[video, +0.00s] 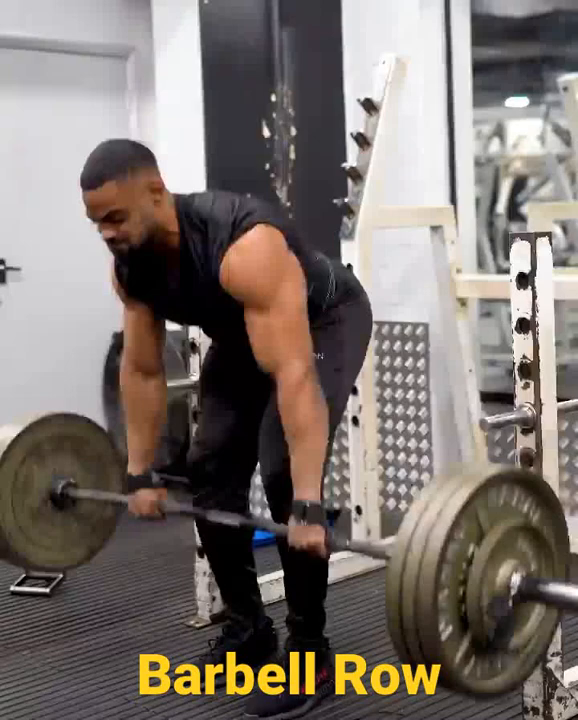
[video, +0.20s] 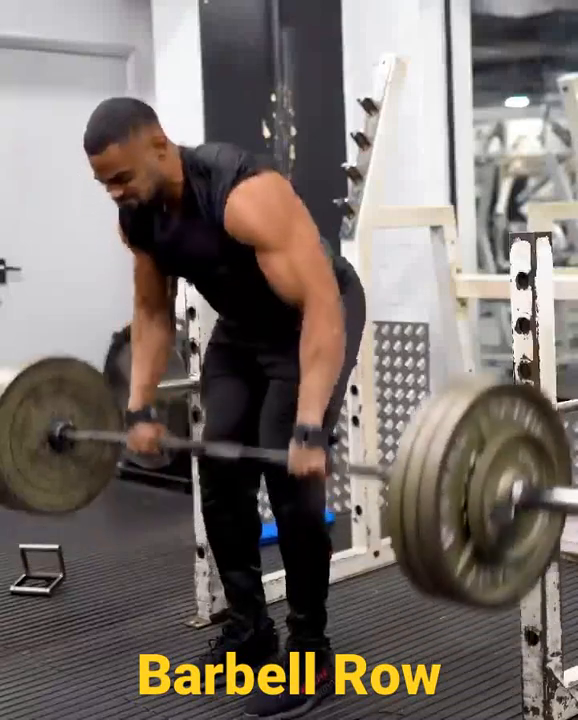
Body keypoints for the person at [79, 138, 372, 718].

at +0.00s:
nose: (107, 236)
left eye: (114, 219)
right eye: (97, 224)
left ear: (156, 192)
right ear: (91, 215)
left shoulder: (247, 247)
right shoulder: (134, 266)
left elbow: (295, 372)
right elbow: (142, 370)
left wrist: (308, 501)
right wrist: (141, 473)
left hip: (324, 317)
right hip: (242, 330)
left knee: (285, 476)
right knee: (211, 474)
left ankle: (306, 649)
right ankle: (246, 629)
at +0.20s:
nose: (115, 194)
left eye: (121, 177)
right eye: (106, 183)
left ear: (162, 144)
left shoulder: (248, 192)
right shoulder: (139, 217)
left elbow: (324, 301)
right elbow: (152, 312)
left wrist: (310, 426)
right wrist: (141, 407)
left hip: (312, 320)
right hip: (241, 329)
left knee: (291, 468)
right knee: (219, 466)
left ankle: (308, 648)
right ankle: (247, 627)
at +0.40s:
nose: (125, 163)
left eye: (131, 147)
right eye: (115, 154)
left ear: (167, 108)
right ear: (105, 138)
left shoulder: (255, 143)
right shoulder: (148, 166)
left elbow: (355, 219)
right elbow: (164, 235)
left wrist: (320, 327)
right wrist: (147, 315)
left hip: (299, 319)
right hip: (227, 320)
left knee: (292, 479)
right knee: (227, 480)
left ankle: (309, 648)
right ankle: (249, 629)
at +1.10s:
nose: (134, 190)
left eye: (140, 173)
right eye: (125, 180)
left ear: (177, 137)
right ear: (118, 168)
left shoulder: (264, 181)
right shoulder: (153, 203)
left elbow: (340, 284)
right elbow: (161, 290)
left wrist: (325, 406)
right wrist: (150, 383)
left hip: (309, 338)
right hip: (238, 343)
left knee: (305, 487)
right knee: (226, 490)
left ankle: (311, 650)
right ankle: (248, 630)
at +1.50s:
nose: (112, 220)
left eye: (116, 203)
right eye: (103, 210)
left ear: (156, 170)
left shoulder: (251, 230)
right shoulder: (137, 248)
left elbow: (302, 358)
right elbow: (147, 352)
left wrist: (315, 483)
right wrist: (147, 453)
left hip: (322, 310)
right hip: (243, 322)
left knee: (293, 465)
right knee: (217, 465)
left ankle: (309, 649)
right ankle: (247, 626)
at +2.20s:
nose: (124, 169)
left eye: (130, 153)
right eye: (117, 158)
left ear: (174, 126)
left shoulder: (263, 174)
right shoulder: (155, 198)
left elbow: (340, 278)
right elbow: (163, 297)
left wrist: (324, 402)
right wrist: (155, 392)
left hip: (314, 327)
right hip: (244, 333)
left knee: (300, 476)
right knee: (235, 473)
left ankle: (312, 649)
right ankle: (250, 628)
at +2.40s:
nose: (141, 143)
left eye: (147, 127)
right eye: (132, 133)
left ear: (187, 94)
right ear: (129, 119)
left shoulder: (271, 130)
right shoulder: (160, 156)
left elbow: (373, 206)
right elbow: (167, 226)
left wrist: (330, 311)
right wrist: (157, 305)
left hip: (310, 320)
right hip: (237, 320)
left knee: (305, 482)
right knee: (241, 478)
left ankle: (313, 654)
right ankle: (254, 627)